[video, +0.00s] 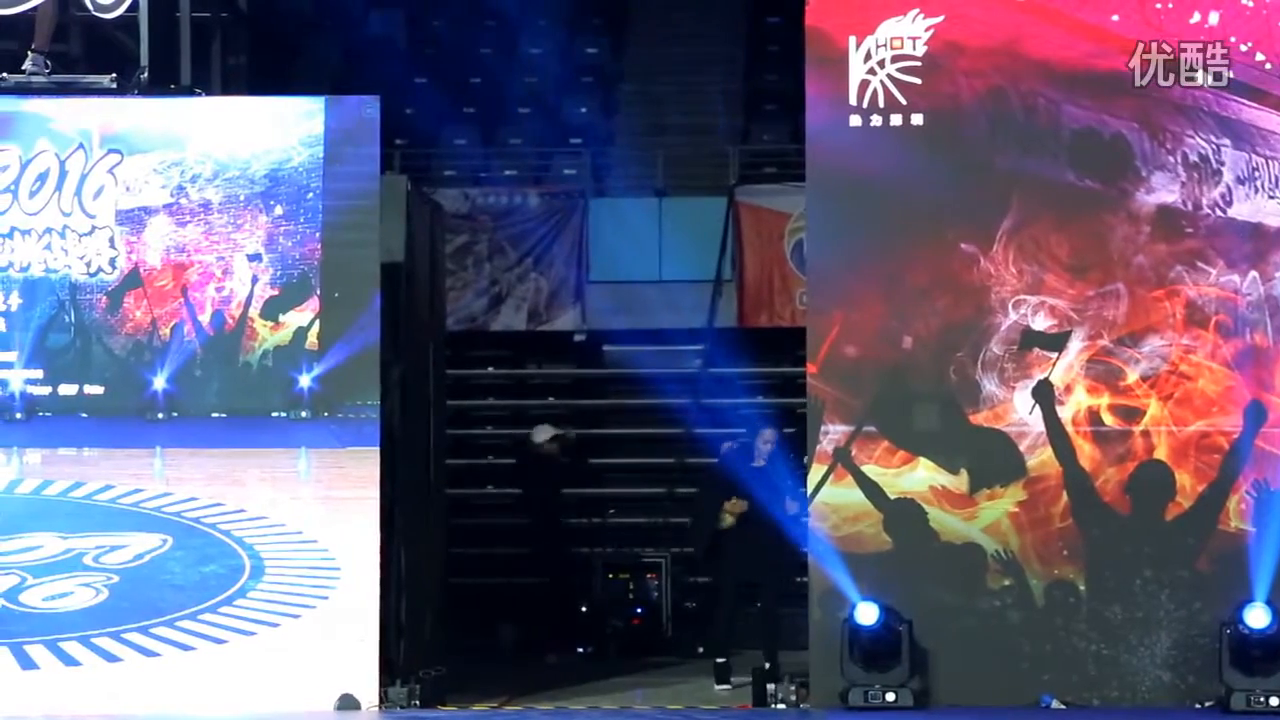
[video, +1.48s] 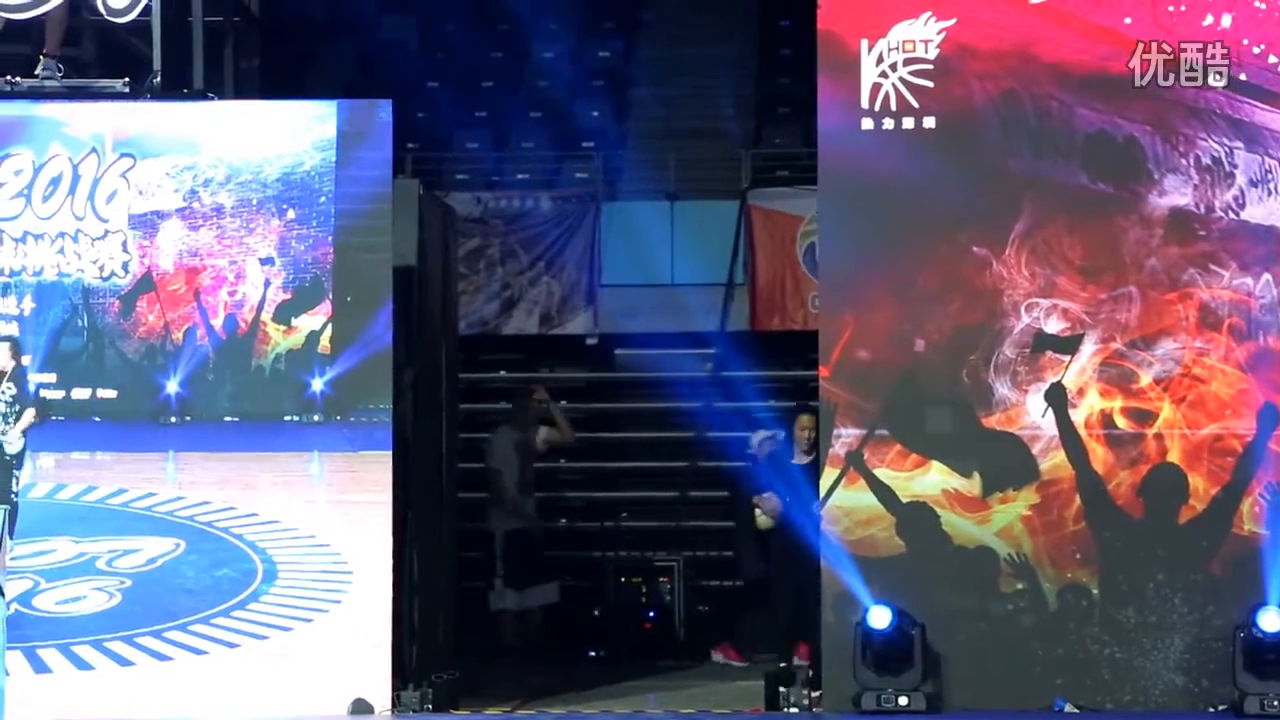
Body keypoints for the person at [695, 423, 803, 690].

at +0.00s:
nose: (768, 448)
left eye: (772, 443)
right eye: (764, 442)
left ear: (776, 445)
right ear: (753, 441)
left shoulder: (780, 471)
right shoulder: (733, 468)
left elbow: (795, 506)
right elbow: (708, 508)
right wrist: (725, 512)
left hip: (770, 549)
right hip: (735, 549)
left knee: (770, 607)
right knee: (728, 606)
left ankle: (771, 665)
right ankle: (722, 666)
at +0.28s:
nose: (775, 446)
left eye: (779, 442)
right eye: (771, 439)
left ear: (783, 444)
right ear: (759, 438)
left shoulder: (786, 471)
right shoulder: (738, 468)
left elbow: (800, 503)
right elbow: (712, 500)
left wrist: (791, 505)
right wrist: (731, 507)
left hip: (773, 550)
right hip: (738, 548)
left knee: (771, 607)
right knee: (730, 604)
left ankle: (771, 666)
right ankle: (722, 664)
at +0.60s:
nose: (780, 443)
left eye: (784, 438)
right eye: (776, 437)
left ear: (788, 441)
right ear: (764, 436)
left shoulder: (792, 471)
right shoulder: (743, 468)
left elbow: (803, 507)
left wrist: (795, 509)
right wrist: (735, 510)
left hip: (779, 549)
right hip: (744, 548)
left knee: (774, 606)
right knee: (736, 604)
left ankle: (772, 665)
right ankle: (731, 662)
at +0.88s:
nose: (785, 440)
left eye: (789, 436)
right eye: (781, 434)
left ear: (794, 438)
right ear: (770, 435)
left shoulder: (796, 467)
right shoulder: (749, 463)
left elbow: (807, 499)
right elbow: (728, 490)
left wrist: (802, 505)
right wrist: (739, 498)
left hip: (786, 544)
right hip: (755, 544)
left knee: (780, 603)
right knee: (758, 600)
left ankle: (778, 664)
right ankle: (762, 658)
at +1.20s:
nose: (803, 438)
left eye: (807, 434)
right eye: (799, 433)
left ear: (813, 437)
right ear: (788, 435)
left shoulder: (815, 467)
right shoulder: (773, 464)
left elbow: (814, 500)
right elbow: (751, 490)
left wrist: (779, 503)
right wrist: (762, 498)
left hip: (806, 546)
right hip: (775, 545)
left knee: (808, 610)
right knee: (776, 607)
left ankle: (813, 671)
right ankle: (775, 672)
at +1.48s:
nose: (807, 435)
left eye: (812, 429)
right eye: (802, 429)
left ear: (819, 432)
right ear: (793, 432)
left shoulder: (825, 467)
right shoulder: (777, 467)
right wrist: (766, 509)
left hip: (814, 548)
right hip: (782, 547)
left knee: (814, 608)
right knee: (783, 606)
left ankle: (817, 672)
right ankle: (784, 668)